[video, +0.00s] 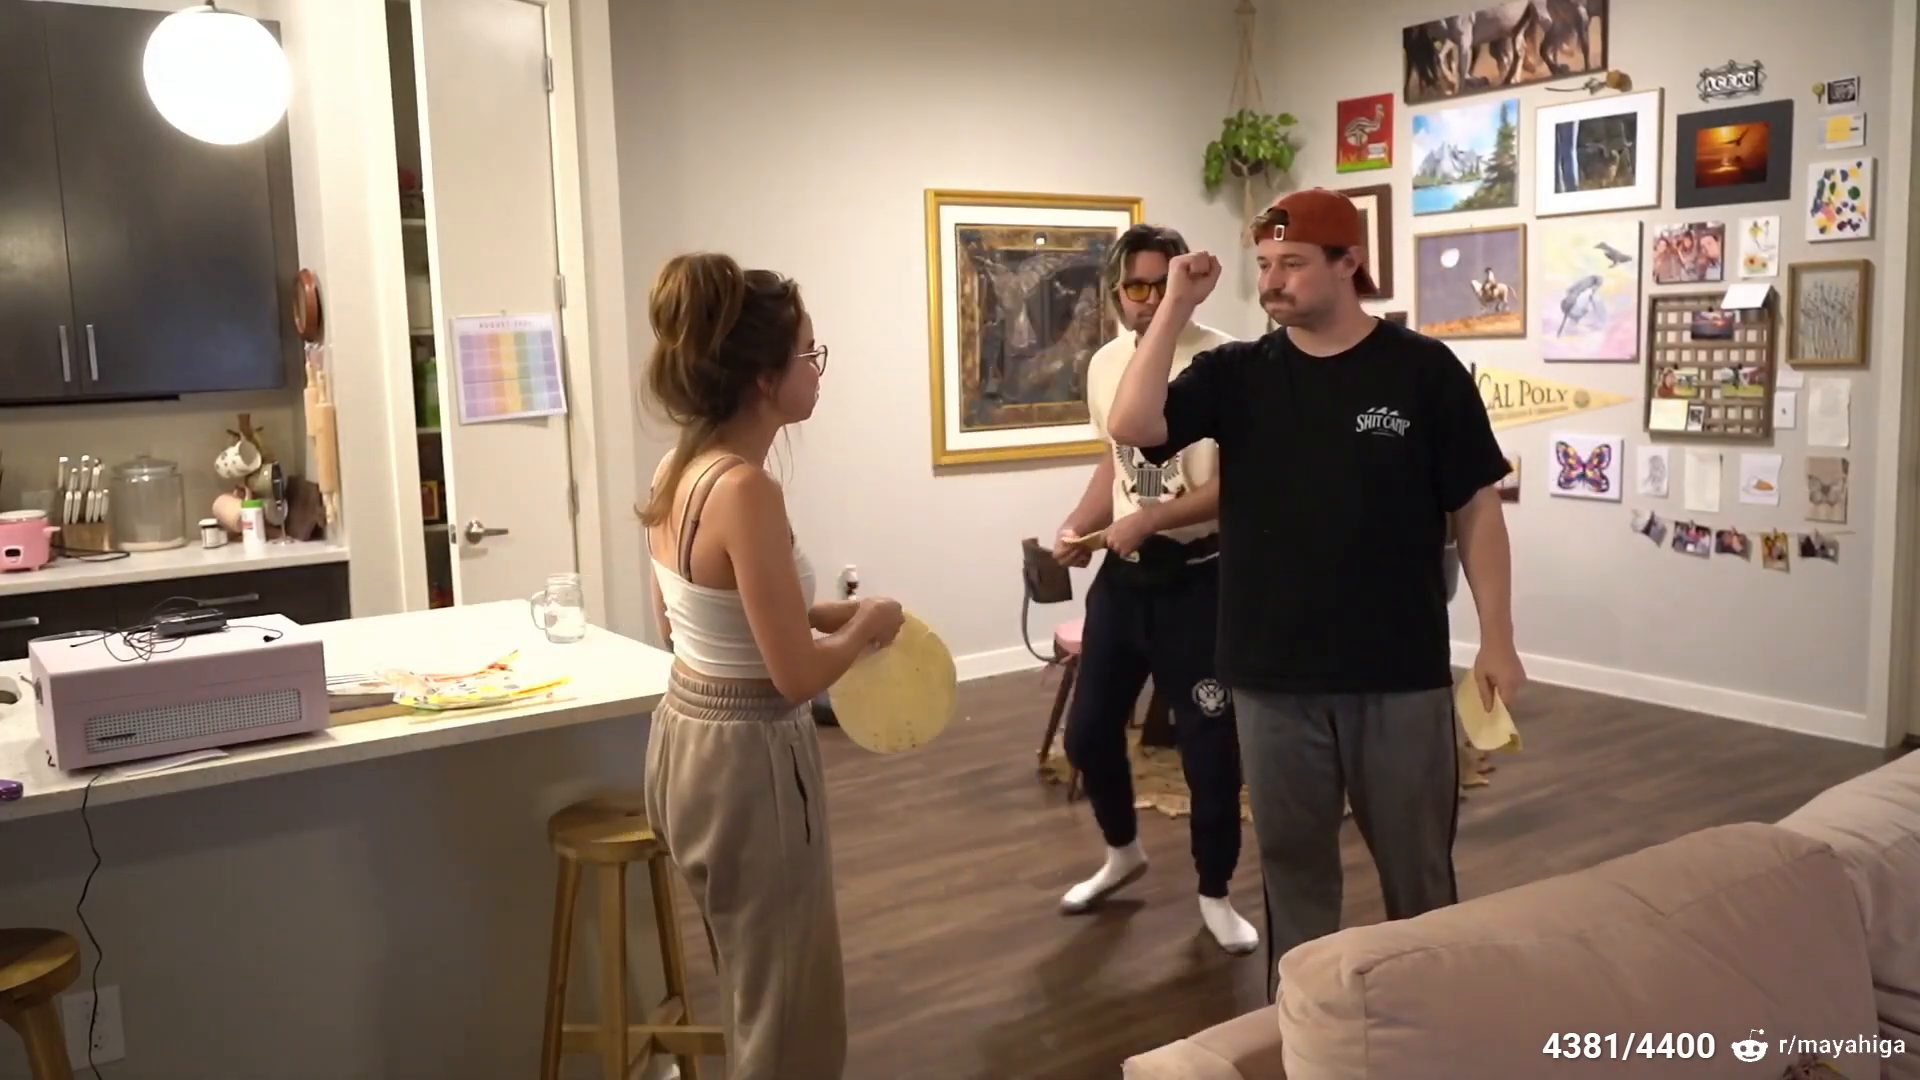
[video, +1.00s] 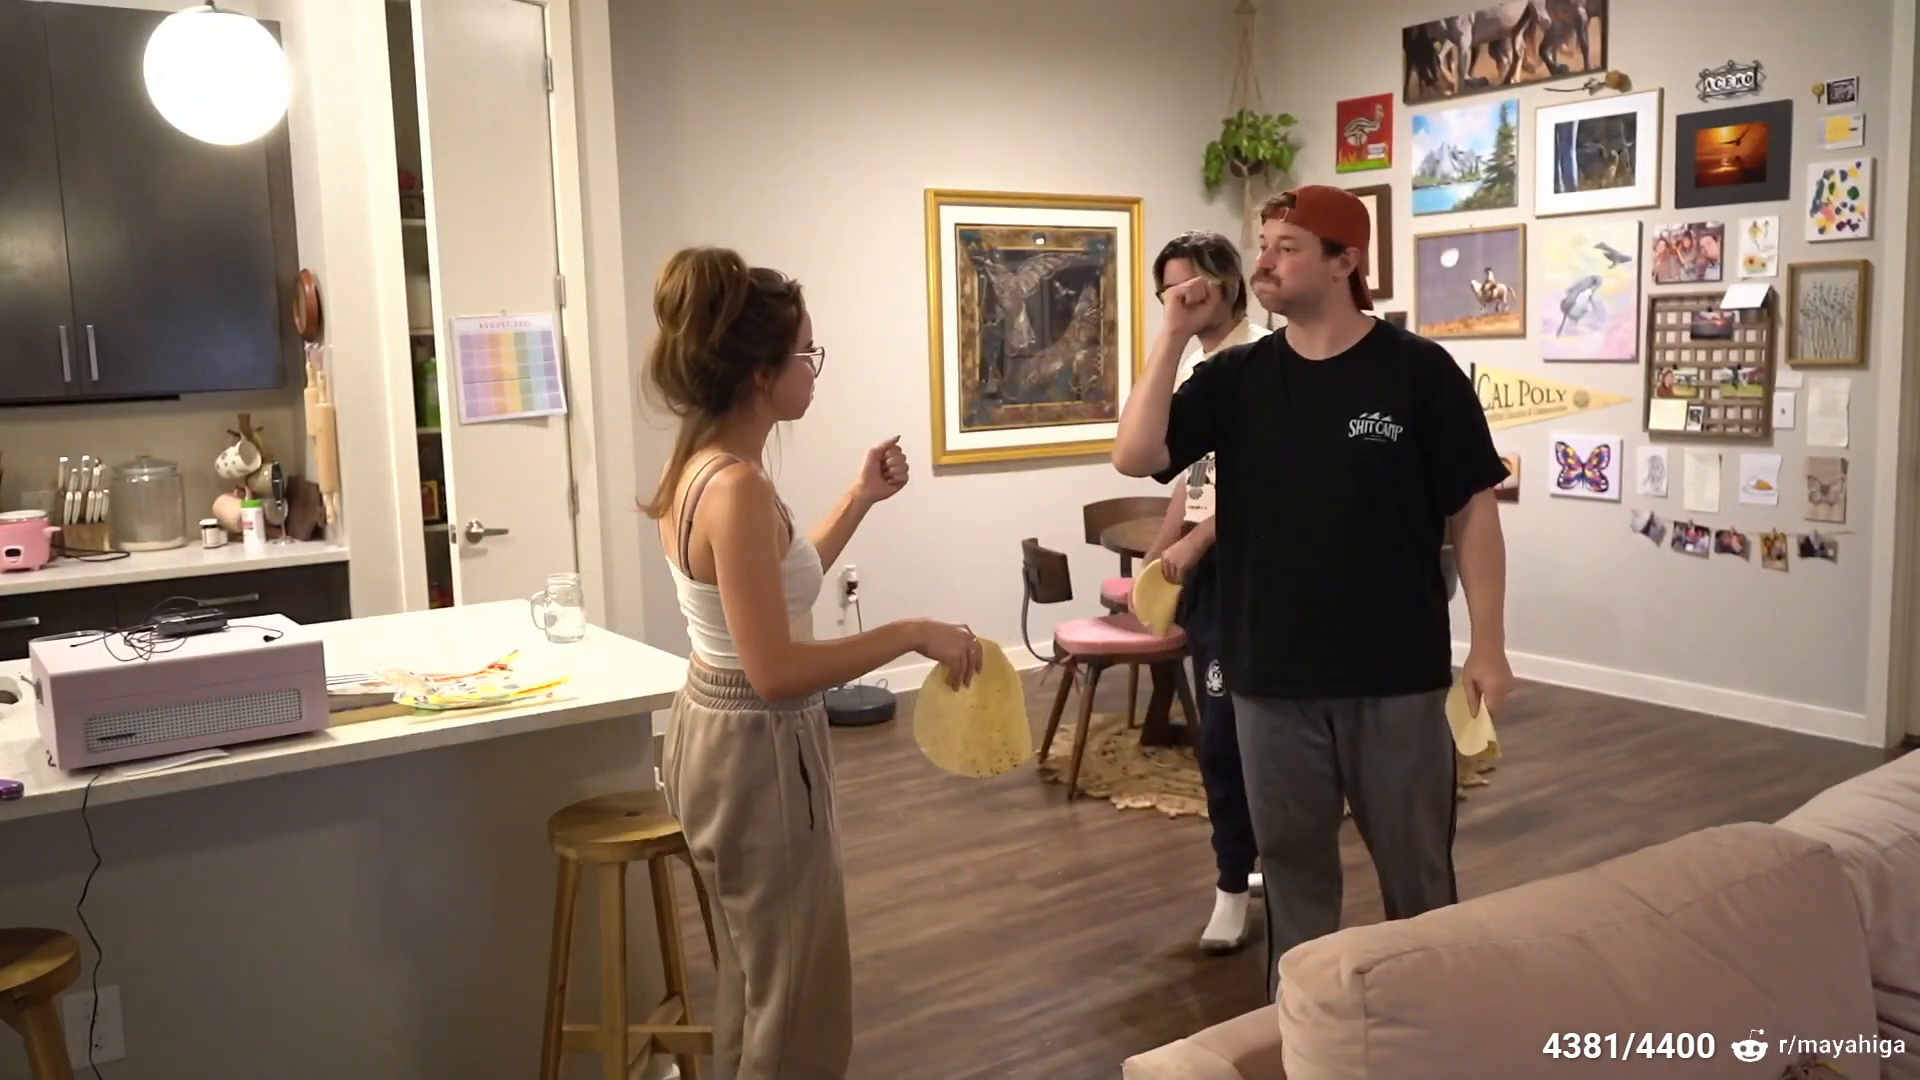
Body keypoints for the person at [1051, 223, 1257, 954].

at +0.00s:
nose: (1144, 300)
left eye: (1158, 287)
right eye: (1133, 287)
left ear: (1184, 291)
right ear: (1116, 291)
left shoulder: (1218, 363)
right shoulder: (1105, 364)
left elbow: (1234, 485)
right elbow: (1114, 462)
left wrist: (1150, 519)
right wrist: (1077, 524)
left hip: (1200, 577)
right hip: (1125, 574)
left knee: (1210, 748)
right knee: (1090, 733)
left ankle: (1215, 896)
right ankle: (1123, 852)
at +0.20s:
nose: (1174, 287)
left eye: (1188, 276)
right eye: (1165, 275)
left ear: (1216, 285)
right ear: (1152, 287)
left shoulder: (1250, 361)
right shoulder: (1149, 362)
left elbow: (1257, 482)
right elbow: (1139, 468)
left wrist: (1171, 514)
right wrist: (1107, 517)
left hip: (1226, 570)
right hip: (1160, 566)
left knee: (1220, 741)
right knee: (1165, 734)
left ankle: (1216, 889)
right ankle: (1249, 826)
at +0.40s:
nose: (1180, 296)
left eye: (1193, 284)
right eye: (1172, 286)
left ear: (1227, 288)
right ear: (1168, 298)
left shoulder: (1267, 368)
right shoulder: (1176, 377)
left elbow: (1278, 486)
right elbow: (1161, 473)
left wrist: (1187, 512)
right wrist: (1125, 518)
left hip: (1260, 569)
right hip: (1196, 568)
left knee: (1232, 730)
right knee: (1217, 725)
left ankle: (1222, 883)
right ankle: (1262, 854)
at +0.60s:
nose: (1186, 299)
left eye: (1198, 286)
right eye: (1175, 291)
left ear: (1231, 288)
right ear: (1169, 303)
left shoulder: (1267, 368)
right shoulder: (1184, 378)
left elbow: (1275, 476)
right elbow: (1187, 474)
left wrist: (1192, 513)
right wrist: (1157, 514)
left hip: (1250, 577)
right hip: (1197, 574)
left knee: (1227, 736)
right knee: (1212, 729)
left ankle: (1229, 878)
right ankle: (1263, 855)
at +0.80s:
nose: (1189, 301)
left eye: (1200, 288)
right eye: (1177, 294)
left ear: (1233, 287)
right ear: (1170, 302)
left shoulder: (1269, 364)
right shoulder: (1193, 377)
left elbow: (1272, 474)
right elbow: (1190, 473)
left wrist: (1187, 517)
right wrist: (1178, 512)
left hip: (1260, 578)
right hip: (1206, 576)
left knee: (1244, 735)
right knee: (1219, 736)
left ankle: (1252, 878)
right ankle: (1241, 875)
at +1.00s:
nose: (1178, 302)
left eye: (1189, 288)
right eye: (1170, 293)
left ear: (1226, 287)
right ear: (1168, 301)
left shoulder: (1262, 365)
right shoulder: (1198, 375)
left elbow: (1255, 480)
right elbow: (1187, 475)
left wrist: (1189, 549)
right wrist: (1159, 545)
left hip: (1250, 575)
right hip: (1203, 574)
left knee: (1225, 737)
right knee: (1221, 731)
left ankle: (1237, 881)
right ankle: (1255, 866)